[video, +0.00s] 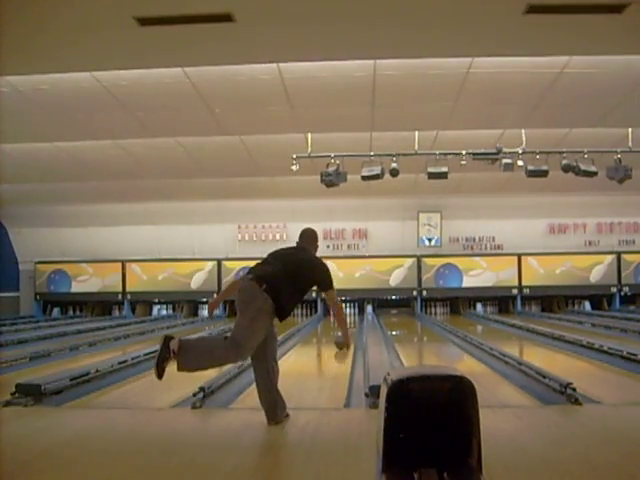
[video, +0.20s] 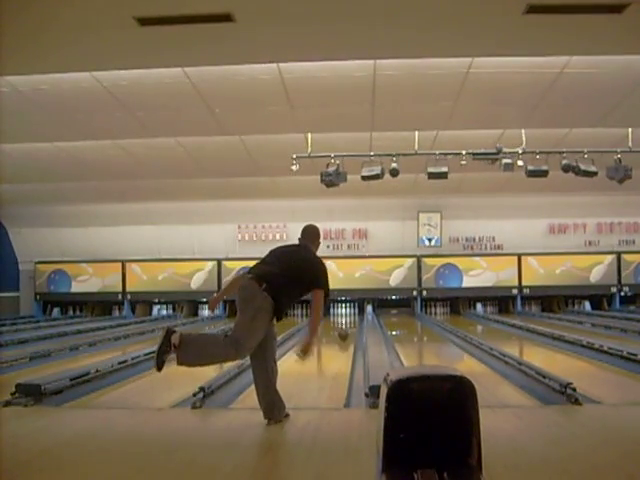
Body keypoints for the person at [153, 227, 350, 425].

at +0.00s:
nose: (317, 248)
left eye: (314, 245)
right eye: (317, 245)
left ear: (299, 241)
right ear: (316, 245)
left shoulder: (282, 253)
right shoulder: (317, 265)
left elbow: (245, 278)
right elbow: (334, 305)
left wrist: (219, 298)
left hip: (246, 293)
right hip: (261, 300)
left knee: (265, 360)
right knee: (238, 349)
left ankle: (275, 413)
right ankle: (176, 348)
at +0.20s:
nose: (317, 245)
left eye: (313, 239)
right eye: (318, 242)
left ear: (301, 238)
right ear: (318, 242)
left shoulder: (283, 250)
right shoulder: (317, 265)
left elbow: (248, 274)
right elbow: (317, 308)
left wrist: (220, 295)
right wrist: (310, 340)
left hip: (248, 288)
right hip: (262, 297)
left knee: (264, 356)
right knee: (237, 347)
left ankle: (274, 412)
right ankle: (177, 342)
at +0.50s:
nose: (317, 236)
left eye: (313, 230)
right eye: (319, 233)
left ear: (301, 229)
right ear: (319, 233)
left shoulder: (284, 243)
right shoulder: (316, 256)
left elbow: (255, 269)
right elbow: (303, 292)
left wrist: (232, 295)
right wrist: (283, 320)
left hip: (245, 290)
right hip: (261, 297)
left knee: (264, 357)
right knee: (246, 352)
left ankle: (273, 412)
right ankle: (191, 375)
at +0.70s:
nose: (313, 227)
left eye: (309, 223)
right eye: (315, 224)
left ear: (297, 222)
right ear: (316, 226)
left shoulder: (280, 239)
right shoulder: (314, 254)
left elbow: (253, 269)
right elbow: (316, 298)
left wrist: (233, 297)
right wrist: (318, 336)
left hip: (245, 290)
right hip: (262, 299)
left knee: (263, 356)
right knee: (248, 352)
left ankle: (273, 411)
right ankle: (200, 393)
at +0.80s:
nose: (313, 224)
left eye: (310, 220)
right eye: (314, 221)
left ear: (296, 219)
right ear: (314, 222)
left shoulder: (279, 237)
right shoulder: (314, 250)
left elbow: (253, 267)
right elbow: (324, 291)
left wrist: (233, 295)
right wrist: (336, 321)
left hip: (244, 289)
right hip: (260, 297)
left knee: (262, 355)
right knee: (248, 353)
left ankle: (273, 412)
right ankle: (200, 394)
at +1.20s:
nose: (308, 209)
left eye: (304, 205)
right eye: (310, 206)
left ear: (291, 203)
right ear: (312, 207)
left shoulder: (270, 226)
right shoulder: (308, 238)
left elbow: (247, 259)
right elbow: (323, 276)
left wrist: (252, 283)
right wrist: (336, 291)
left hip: (248, 294)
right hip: (270, 299)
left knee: (264, 357)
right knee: (274, 358)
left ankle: (274, 413)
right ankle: (233, 406)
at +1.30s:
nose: (311, 215)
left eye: (307, 209)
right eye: (312, 211)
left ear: (292, 208)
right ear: (311, 213)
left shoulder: (270, 228)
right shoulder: (306, 247)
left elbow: (248, 259)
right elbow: (314, 291)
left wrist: (258, 284)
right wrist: (326, 304)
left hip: (250, 305)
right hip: (273, 308)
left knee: (269, 358)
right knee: (288, 362)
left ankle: (268, 413)